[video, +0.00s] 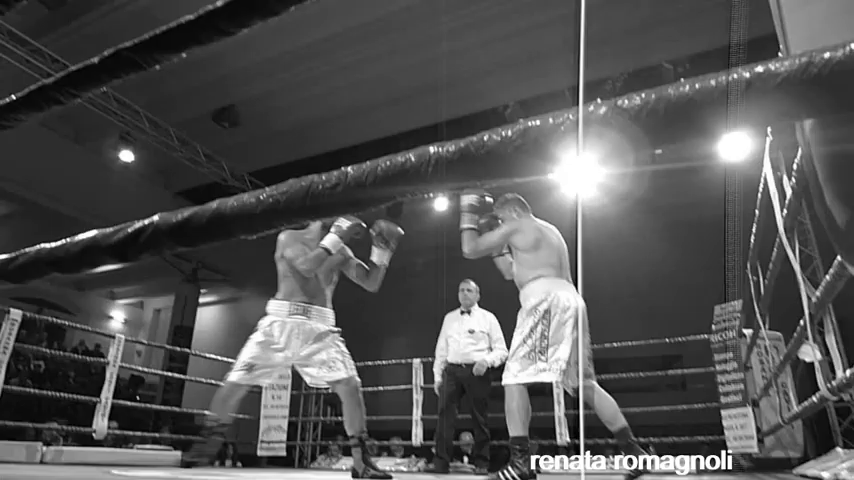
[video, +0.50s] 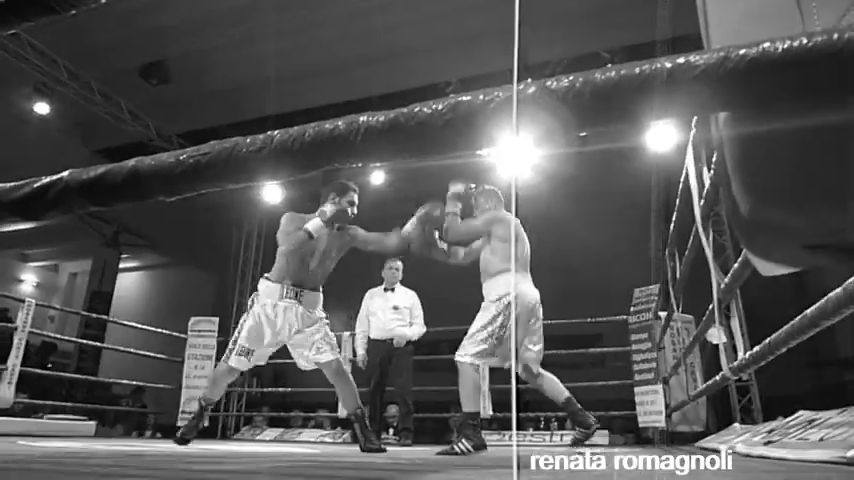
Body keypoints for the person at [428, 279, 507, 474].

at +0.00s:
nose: (465, 294)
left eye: (469, 291)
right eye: (462, 291)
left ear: (478, 295)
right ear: (458, 295)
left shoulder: (488, 318)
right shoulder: (450, 318)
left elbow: (502, 349)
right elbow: (441, 350)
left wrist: (487, 361)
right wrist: (438, 376)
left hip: (477, 369)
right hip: (452, 370)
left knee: (479, 417)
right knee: (445, 413)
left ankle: (481, 462)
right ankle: (441, 460)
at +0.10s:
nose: (464, 298)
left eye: (469, 295)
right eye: (461, 294)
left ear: (477, 299)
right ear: (457, 298)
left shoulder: (487, 322)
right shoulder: (449, 323)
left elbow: (500, 353)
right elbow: (440, 354)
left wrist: (484, 364)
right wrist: (438, 380)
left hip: (475, 374)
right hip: (451, 374)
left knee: (477, 420)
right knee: (444, 417)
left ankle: (480, 467)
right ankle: (441, 465)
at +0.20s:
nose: (454, 309)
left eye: (458, 306)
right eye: (450, 305)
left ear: (466, 311)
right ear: (445, 309)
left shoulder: (475, 332)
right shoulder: (437, 333)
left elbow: (486, 364)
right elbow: (429, 365)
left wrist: (466, 372)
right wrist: (426, 392)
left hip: (464, 384)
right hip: (439, 383)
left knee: (465, 430)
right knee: (433, 429)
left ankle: (468, 471)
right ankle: (431, 470)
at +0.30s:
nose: (442, 297)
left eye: (443, 293)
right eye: (437, 293)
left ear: (444, 296)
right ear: (428, 296)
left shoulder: (453, 319)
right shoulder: (416, 321)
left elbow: (466, 352)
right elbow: (408, 352)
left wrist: (450, 360)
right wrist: (407, 381)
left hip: (447, 372)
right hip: (421, 372)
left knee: (444, 417)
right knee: (417, 418)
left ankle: (453, 461)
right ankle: (416, 460)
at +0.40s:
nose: (422, 281)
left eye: (426, 278)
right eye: (419, 277)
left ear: (433, 282)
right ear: (413, 280)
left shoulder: (441, 304)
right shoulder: (403, 304)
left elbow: (450, 334)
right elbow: (395, 335)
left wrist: (434, 342)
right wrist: (393, 361)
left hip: (431, 352)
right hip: (407, 352)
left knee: (432, 397)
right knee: (404, 398)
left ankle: (435, 442)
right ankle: (404, 441)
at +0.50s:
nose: (393, 273)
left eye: (397, 270)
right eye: (390, 269)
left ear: (401, 274)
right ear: (383, 272)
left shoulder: (410, 296)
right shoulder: (371, 295)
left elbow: (420, 325)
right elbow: (362, 325)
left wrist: (407, 335)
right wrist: (361, 350)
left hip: (401, 344)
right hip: (376, 344)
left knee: (403, 389)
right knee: (375, 389)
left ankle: (405, 432)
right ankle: (374, 431)